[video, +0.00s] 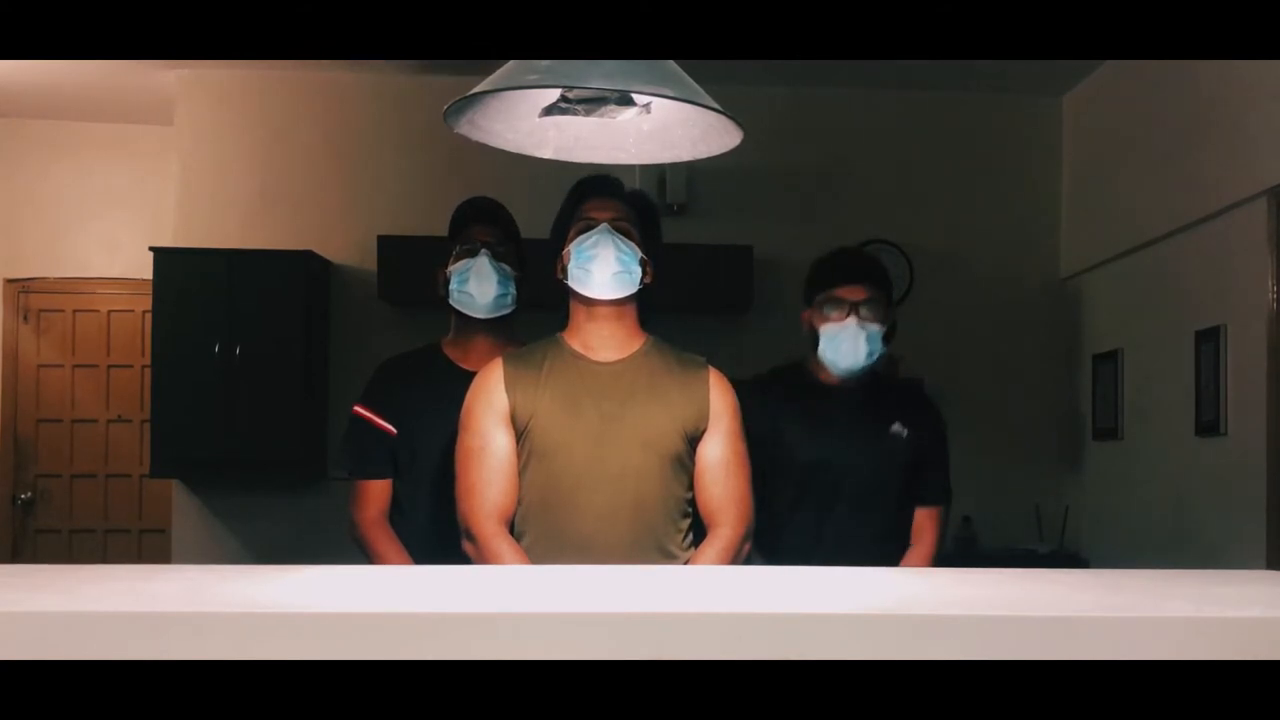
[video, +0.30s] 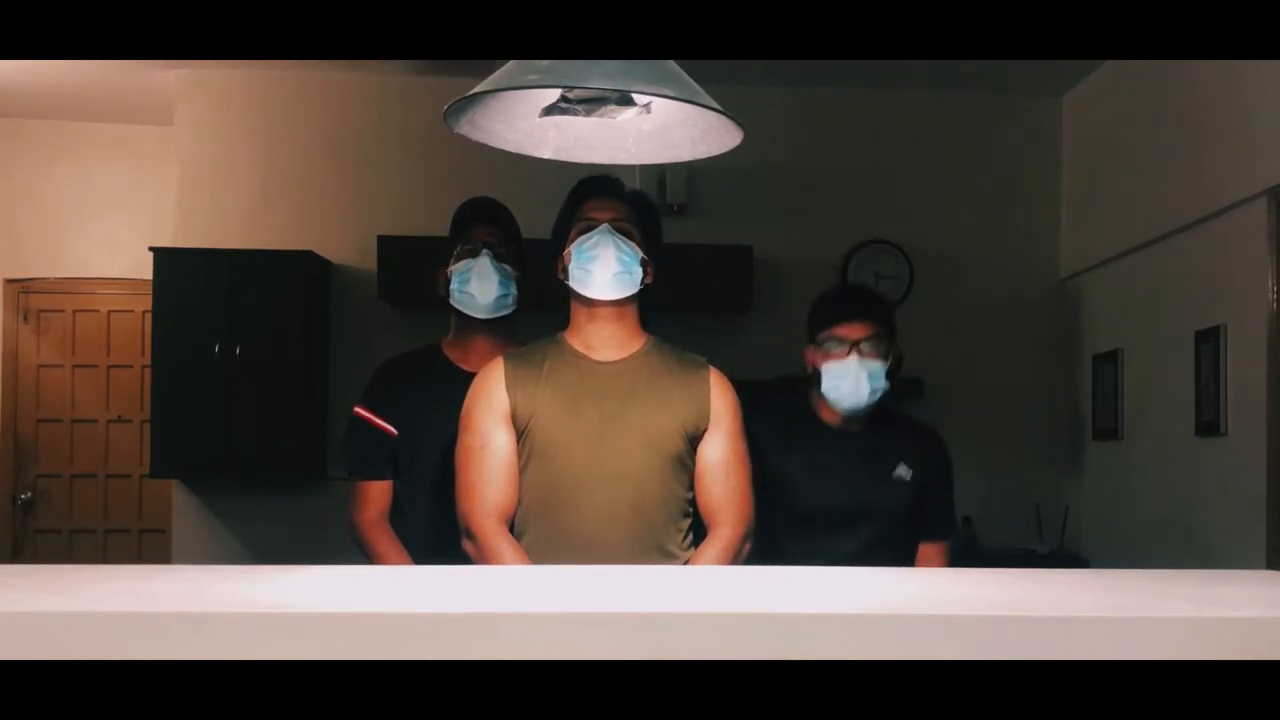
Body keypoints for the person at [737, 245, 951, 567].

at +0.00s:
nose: (852, 324)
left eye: (869, 310)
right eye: (834, 308)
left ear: (886, 322)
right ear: (809, 319)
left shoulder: (914, 410)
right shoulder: (758, 402)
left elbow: (923, 544)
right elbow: (733, 530)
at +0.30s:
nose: (853, 361)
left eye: (869, 348)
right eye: (835, 346)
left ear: (889, 358)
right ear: (812, 358)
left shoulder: (920, 446)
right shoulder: (761, 433)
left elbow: (931, 565)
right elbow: (731, 540)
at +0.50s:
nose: (767, 326)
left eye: (783, 311)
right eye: (751, 312)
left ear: (805, 321)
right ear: (730, 319)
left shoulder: (851, 401)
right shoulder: (713, 404)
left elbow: (885, 529)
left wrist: (846, 609)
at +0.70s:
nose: (744, 324)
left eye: (760, 310)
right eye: (727, 309)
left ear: (782, 318)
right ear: (707, 317)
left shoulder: (831, 389)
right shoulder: (691, 395)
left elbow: (873, 516)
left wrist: (828, 603)